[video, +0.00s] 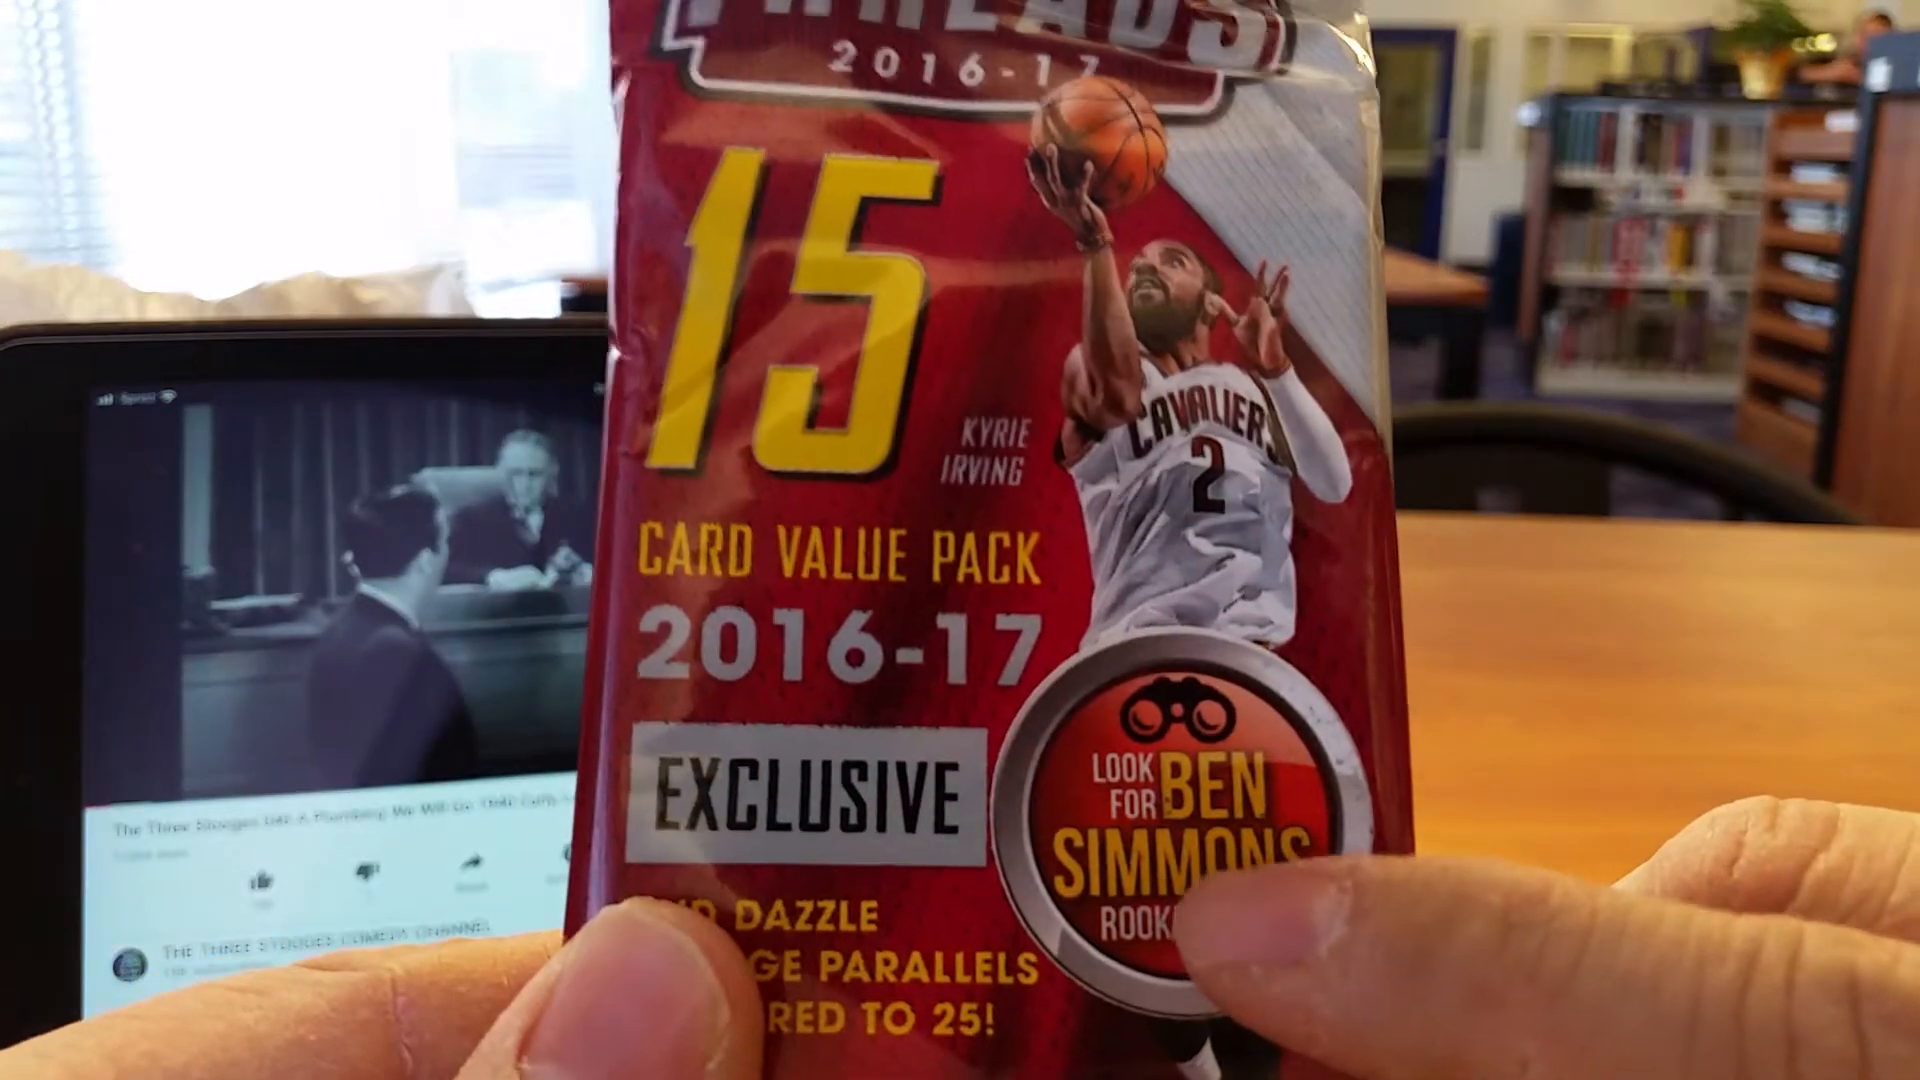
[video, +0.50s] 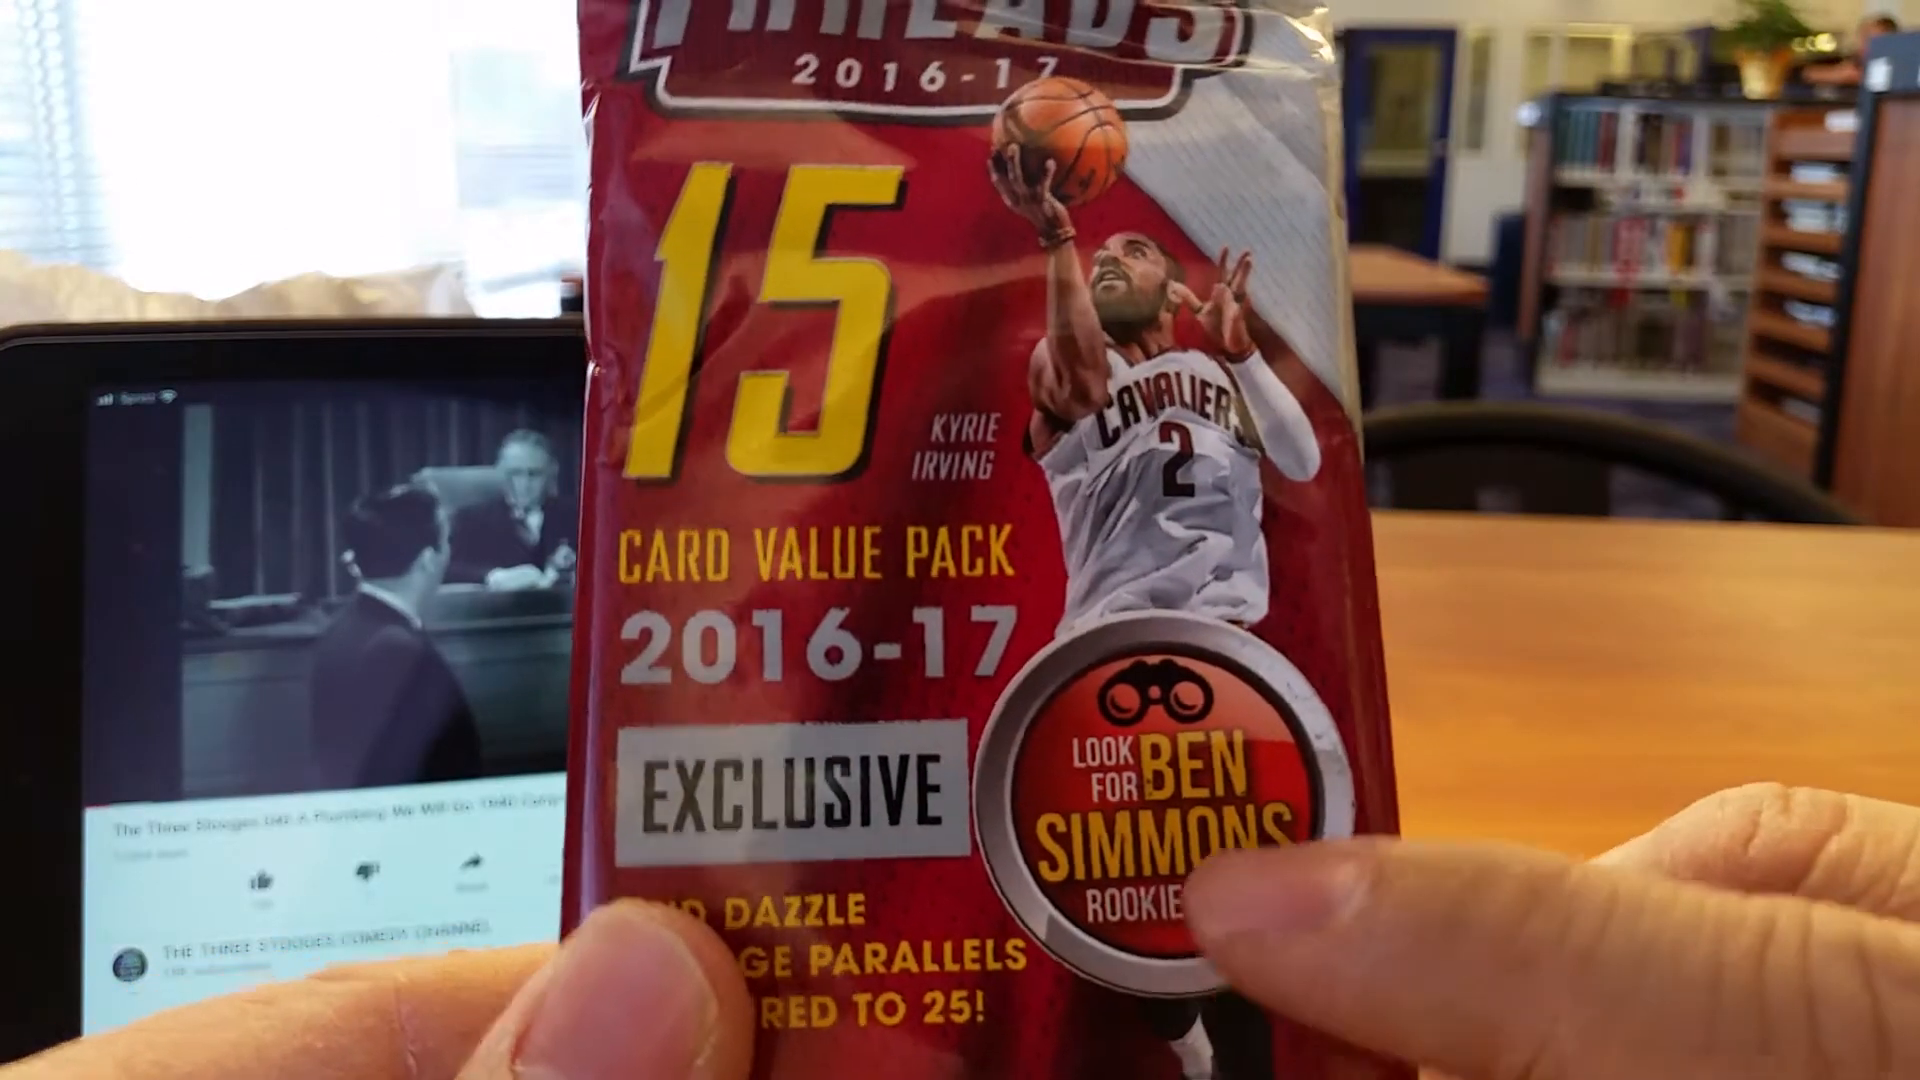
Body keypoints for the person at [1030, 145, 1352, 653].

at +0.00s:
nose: (1146, 269)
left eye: (1174, 261)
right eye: (1136, 268)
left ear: (1213, 307)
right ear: (1124, 302)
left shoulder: (1252, 388)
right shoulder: (1099, 377)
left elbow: (1333, 484)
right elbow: (1117, 393)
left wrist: (1277, 370)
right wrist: (1097, 246)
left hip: (1247, 647)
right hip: (1129, 650)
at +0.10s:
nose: (1149, 269)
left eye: (1177, 263)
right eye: (1138, 270)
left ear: (1216, 309)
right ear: (1127, 305)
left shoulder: (1255, 389)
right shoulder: (1099, 377)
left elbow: (1336, 485)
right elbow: (1118, 397)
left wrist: (1280, 371)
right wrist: (1099, 245)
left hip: (1249, 647)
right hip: (1130, 649)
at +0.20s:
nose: (1144, 270)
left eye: (1171, 263)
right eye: (1133, 270)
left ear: (1210, 309)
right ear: (1122, 304)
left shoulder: (1251, 390)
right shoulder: (1092, 375)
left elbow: (1330, 485)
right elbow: (1113, 401)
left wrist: (1274, 371)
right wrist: (1094, 246)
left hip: (1244, 646)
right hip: (1126, 647)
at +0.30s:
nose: (1141, 266)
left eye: (1169, 261)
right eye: (1131, 267)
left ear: (1208, 306)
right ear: (1119, 302)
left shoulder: (1247, 386)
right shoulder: (1093, 375)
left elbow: (1329, 480)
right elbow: (1110, 392)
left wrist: (1272, 367)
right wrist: (1091, 245)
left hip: (1242, 641)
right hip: (1125, 644)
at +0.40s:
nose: (1125, 257)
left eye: (1153, 250)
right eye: (1115, 257)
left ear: (1192, 296)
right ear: (1102, 294)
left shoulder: (1230, 373)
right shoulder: (1075, 362)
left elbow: (1314, 467)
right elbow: (1096, 384)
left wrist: (1256, 354)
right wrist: (1075, 236)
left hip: (1230, 631)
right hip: (1111, 635)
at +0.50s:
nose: (1108, 259)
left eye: (1136, 252)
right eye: (1098, 259)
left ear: (1176, 296)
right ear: (1087, 296)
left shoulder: (1218, 372)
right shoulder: (1063, 370)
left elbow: (1301, 463)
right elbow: (1083, 383)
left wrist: (1243, 356)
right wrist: (1058, 239)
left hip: (1220, 627)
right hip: (1105, 632)